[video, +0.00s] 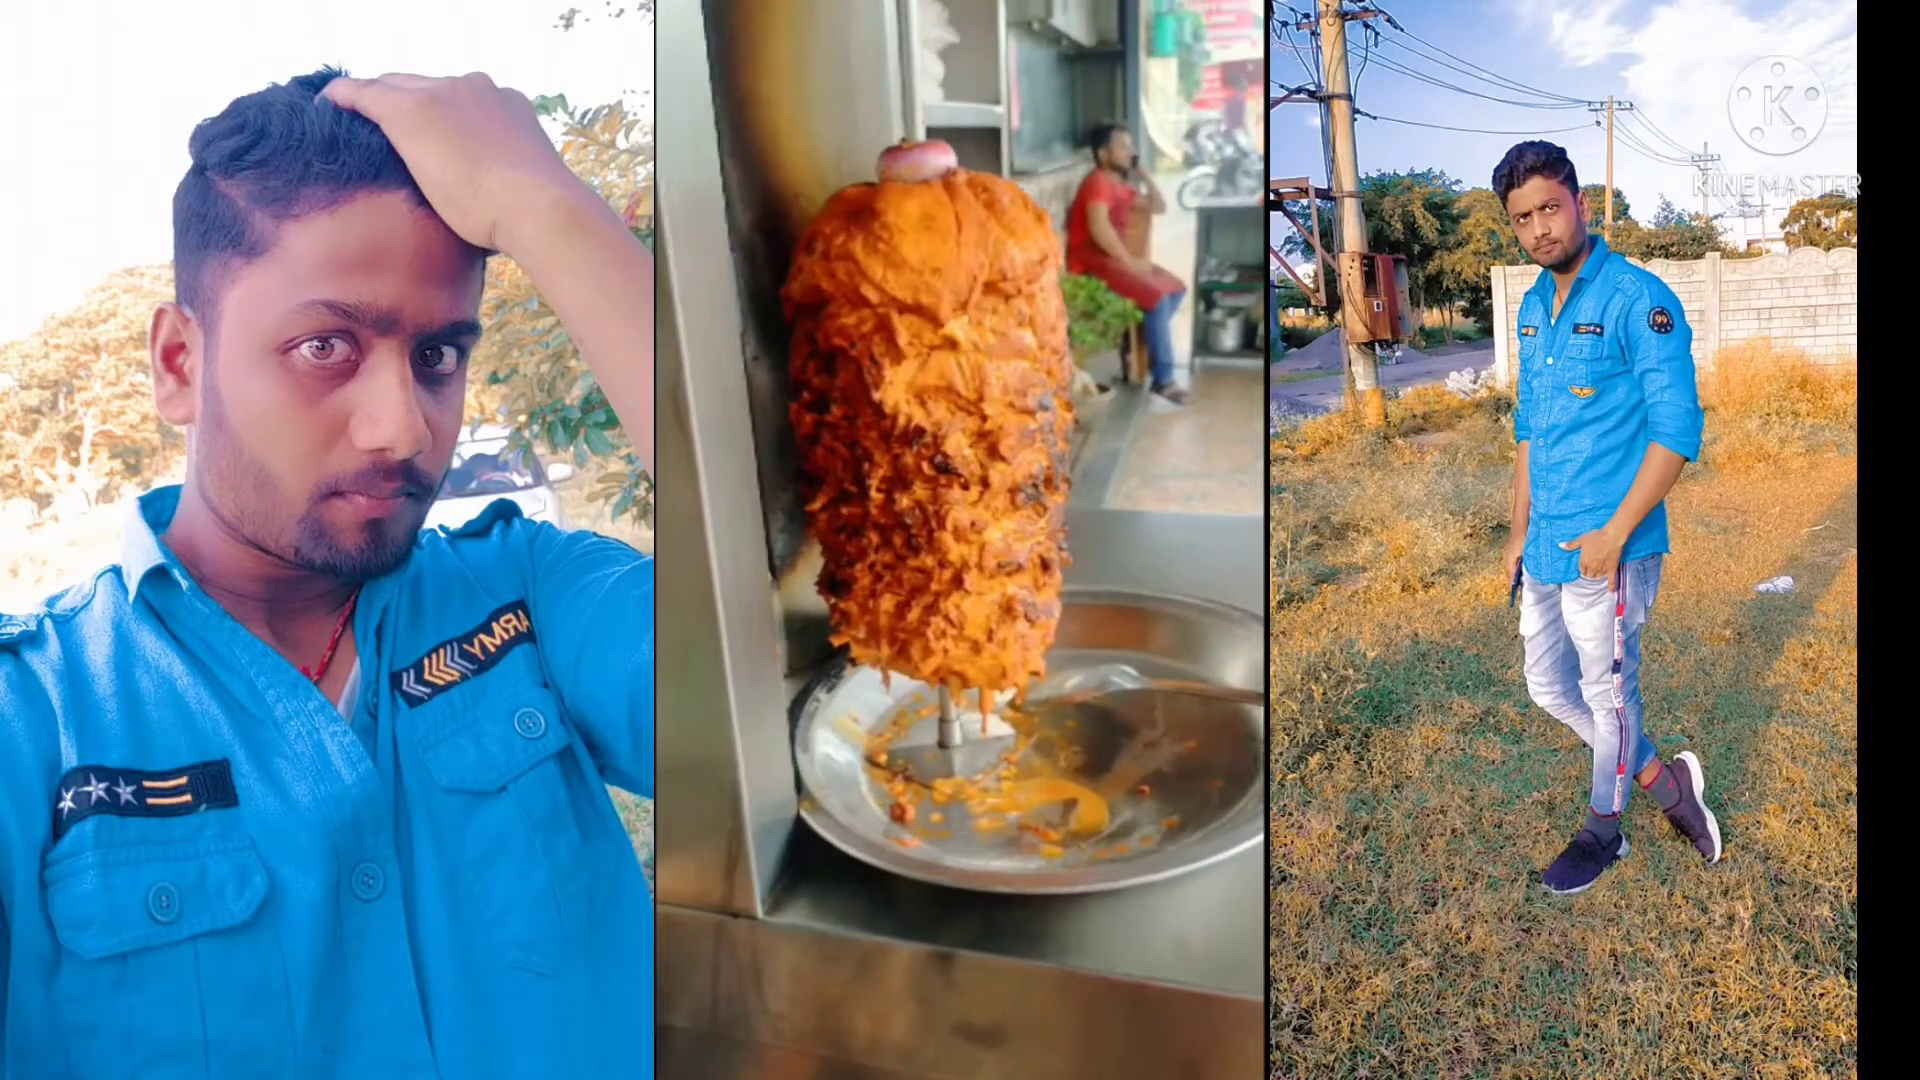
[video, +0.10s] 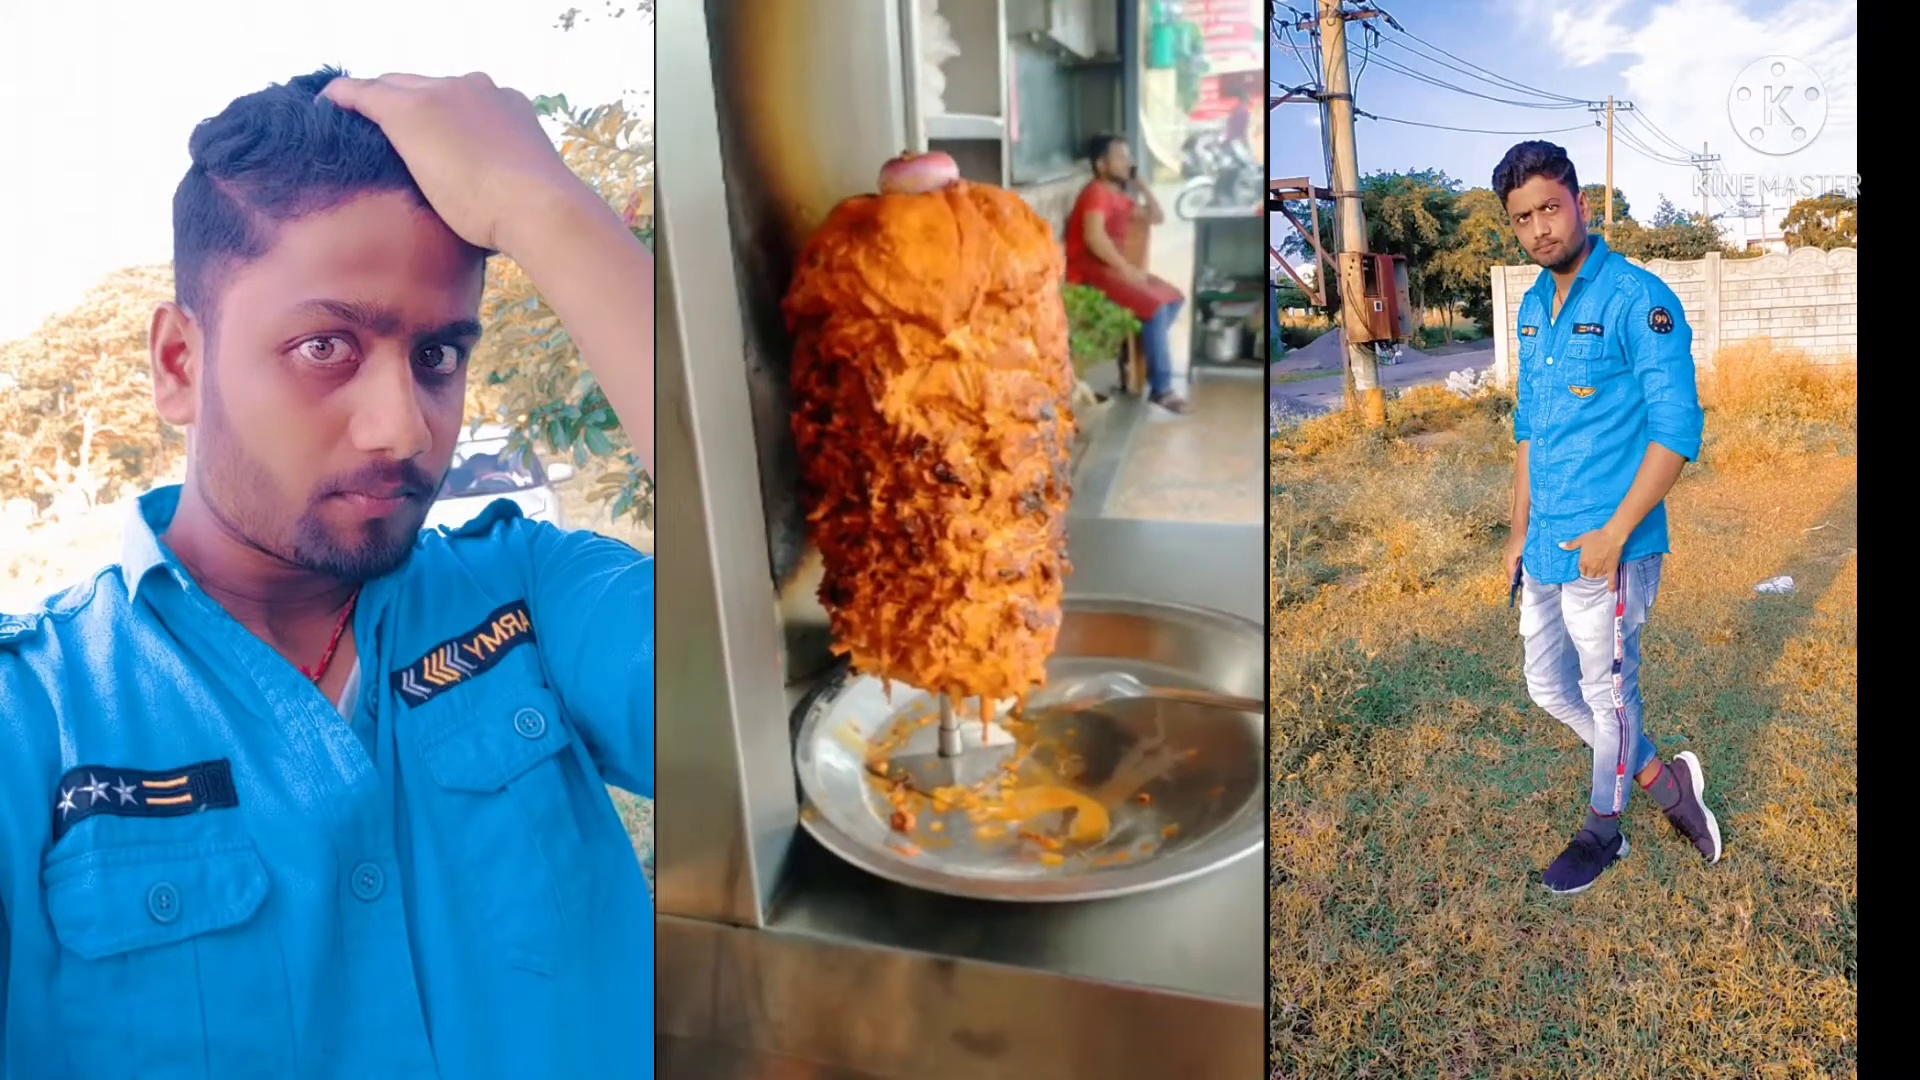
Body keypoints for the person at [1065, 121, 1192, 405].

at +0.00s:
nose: (1130, 151)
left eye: (1129, 145)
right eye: (1122, 145)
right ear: (1103, 153)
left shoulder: (1121, 184)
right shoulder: (1097, 182)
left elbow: (1158, 207)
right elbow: (1098, 228)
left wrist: (1143, 176)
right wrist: (1129, 260)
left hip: (1118, 257)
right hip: (1093, 261)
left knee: (1176, 289)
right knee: (1155, 299)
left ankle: (1134, 343)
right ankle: (1163, 380)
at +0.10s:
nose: (1128, 162)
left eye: (1127, 155)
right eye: (1120, 156)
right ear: (1101, 164)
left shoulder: (1120, 195)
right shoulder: (1096, 192)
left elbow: (1156, 217)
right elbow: (1093, 237)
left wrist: (1141, 186)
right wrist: (1127, 268)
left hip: (1116, 267)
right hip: (1092, 271)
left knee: (1174, 300)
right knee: (1153, 309)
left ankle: (1132, 352)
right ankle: (1162, 389)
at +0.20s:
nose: (1105, 190)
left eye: (1106, 184)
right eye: (1099, 184)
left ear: (1105, 189)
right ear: (1079, 190)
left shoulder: (1099, 222)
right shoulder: (1074, 218)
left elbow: (1133, 243)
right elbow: (1071, 261)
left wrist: (1119, 212)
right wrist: (1105, 295)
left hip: (1093, 292)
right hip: (1069, 296)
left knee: (1151, 325)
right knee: (1132, 333)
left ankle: (1110, 377)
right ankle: (1139, 413)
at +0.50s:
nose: (1109, 175)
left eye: (1110, 169)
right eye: (1102, 169)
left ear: (1109, 174)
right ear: (1083, 175)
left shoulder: (1102, 207)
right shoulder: (1078, 203)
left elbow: (1139, 227)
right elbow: (1083, 248)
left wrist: (1123, 193)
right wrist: (1107, 283)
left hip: (1094, 279)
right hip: (1072, 282)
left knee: (1155, 309)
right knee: (1134, 317)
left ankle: (1111, 361)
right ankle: (1142, 399)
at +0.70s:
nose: (1131, 158)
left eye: (1133, 152)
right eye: (1124, 152)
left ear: (1134, 156)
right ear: (1105, 156)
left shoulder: (1124, 188)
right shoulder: (1100, 185)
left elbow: (1161, 210)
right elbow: (1106, 232)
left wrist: (1146, 176)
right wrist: (1128, 266)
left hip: (1117, 260)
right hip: (1093, 264)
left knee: (1176, 295)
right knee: (1156, 301)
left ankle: (1133, 344)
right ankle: (1173, 380)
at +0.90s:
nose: (1146, 132)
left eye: (1149, 126)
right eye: (1139, 126)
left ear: (1151, 130)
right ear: (1120, 130)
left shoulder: (1140, 163)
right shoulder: (1117, 159)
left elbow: (1180, 186)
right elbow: (1122, 209)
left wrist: (1162, 150)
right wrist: (1147, 244)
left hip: (1130, 236)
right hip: (1109, 239)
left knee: (1193, 270)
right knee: (1174, 274)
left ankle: (1147, 322)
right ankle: (1187, 354)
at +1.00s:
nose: (1150, 129)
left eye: (1153, 122)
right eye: (1143, 122)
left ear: (1155, 127)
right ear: (1125, 127)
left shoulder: (1144, 160)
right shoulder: (1121, 156)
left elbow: (1183, 183)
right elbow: (1126, 207)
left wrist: (1167, 146)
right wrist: (1152, 242)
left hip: (1133, 234)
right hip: (1113, 237)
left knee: (1197, 268)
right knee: (1180, 272)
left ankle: (1154, 326)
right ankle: (1163, 350)